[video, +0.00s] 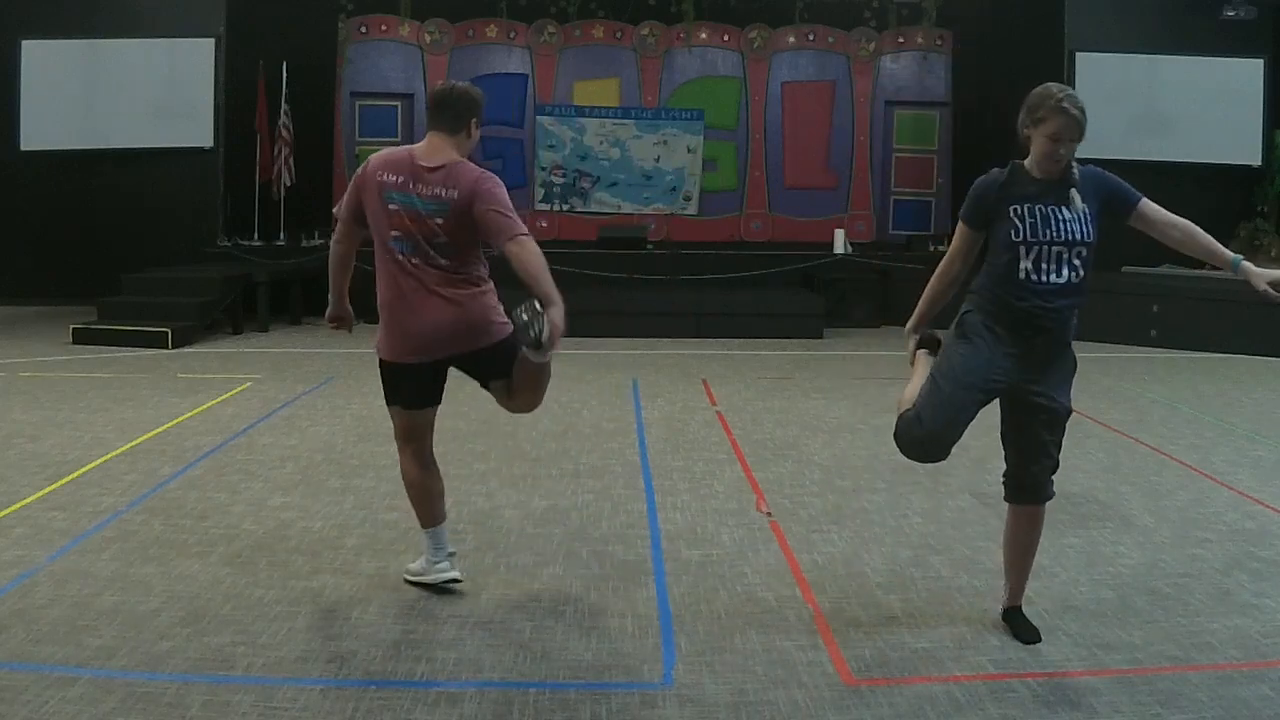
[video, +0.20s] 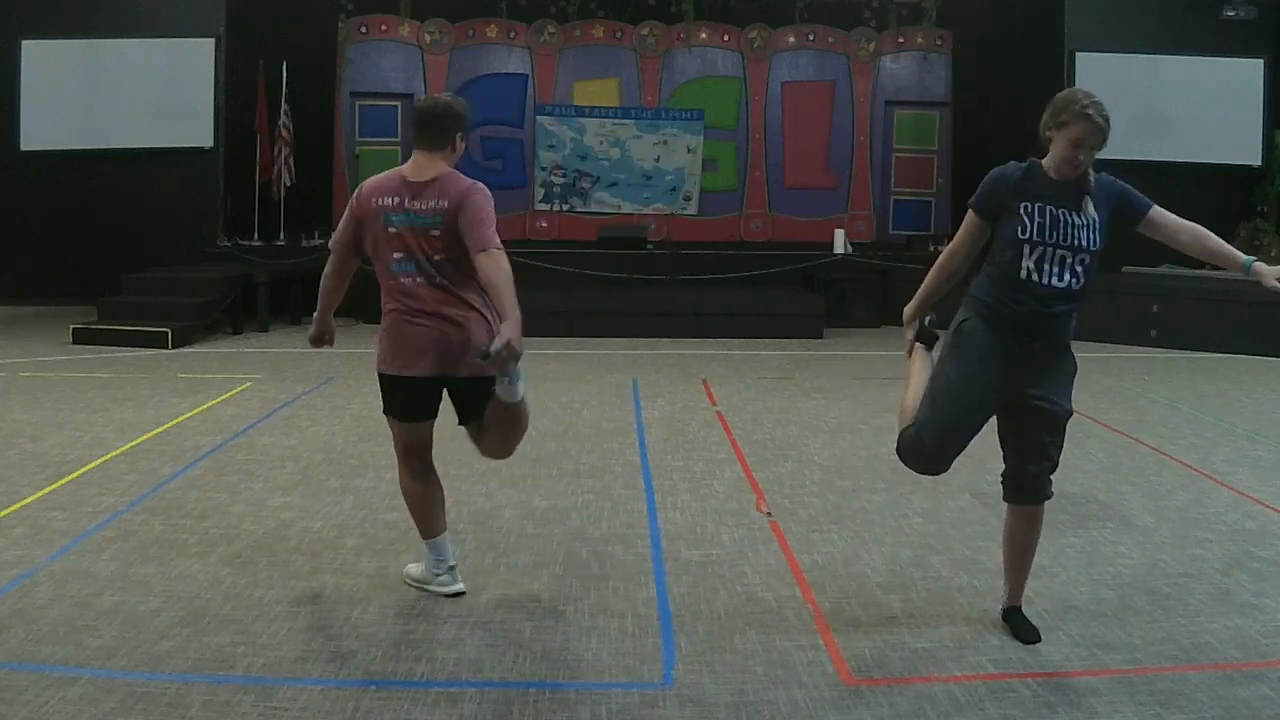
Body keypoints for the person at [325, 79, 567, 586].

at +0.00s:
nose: (479, 137)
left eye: (479, 130)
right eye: (480, 130)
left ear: (428, 121)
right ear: (471, 127)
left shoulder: (375, 168)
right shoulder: (478, 182)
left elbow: (343, 239)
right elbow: (516, 243)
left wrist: (338, 299)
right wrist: (552, 299)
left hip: (404, 335)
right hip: (473, 324)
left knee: (414, 447)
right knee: (521, 398)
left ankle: (439, 557)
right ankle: (539, 334)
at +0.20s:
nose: (465, 145)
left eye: (462, 140)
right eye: (465, 139)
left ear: (410, 137)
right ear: (457, 141)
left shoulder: (371, 193)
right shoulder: (468, 194)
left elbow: (340, 261)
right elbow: (489, 257)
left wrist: (322, 317)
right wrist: (512, 317)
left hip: (403, 350)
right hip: (470, 346)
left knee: (415, 461)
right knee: (497, 445)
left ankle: (441, 567)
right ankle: (510, 374)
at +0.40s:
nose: (448, 138)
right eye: (448, 132)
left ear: (397, 135)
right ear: (442, 135)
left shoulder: (368, 198)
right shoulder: (463, 178)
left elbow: (353, 276)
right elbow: (470, 240)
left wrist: (341, 341)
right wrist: (476, 304)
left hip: (406, 348)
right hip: (469, 337)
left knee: (425, 455)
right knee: (477, 442)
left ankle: (443, 566)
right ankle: (478, 365)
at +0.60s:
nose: (450, 140)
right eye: (450, 134)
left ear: (397, 138)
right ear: (442, 135)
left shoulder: (370, 202)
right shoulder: (460, 175)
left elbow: (365, 287)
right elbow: (482, 232)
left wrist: (363, 355)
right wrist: (507, 300)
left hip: (402, 349)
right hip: (465, 342)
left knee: (423, 449)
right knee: (493, 440)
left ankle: (441, 565)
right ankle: (508, 356)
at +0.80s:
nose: (462, 138)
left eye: (457, 134)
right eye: (461, 133)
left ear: (407, 135)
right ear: (454, 133)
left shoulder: (376, 190)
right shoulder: (476, 175)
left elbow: (368, 268)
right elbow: (501, 238)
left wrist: (370, 324)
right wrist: (529, 302)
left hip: (407, 340)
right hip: (473, 336)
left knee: (429, 449)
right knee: (493, 434)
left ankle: (442, 565)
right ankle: (521, 361)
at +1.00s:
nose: (477, 134)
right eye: (479, 127)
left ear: (428, 127)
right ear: (476, 127)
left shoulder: (392, 179)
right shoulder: (497, 184)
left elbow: (366, 250)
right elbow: (527, 264)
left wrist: (376, 292)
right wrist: (556, 328)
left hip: (421, 339)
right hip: (488, 337)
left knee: (436, 446)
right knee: (497, 408)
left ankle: (443, 565)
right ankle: (542, 465)